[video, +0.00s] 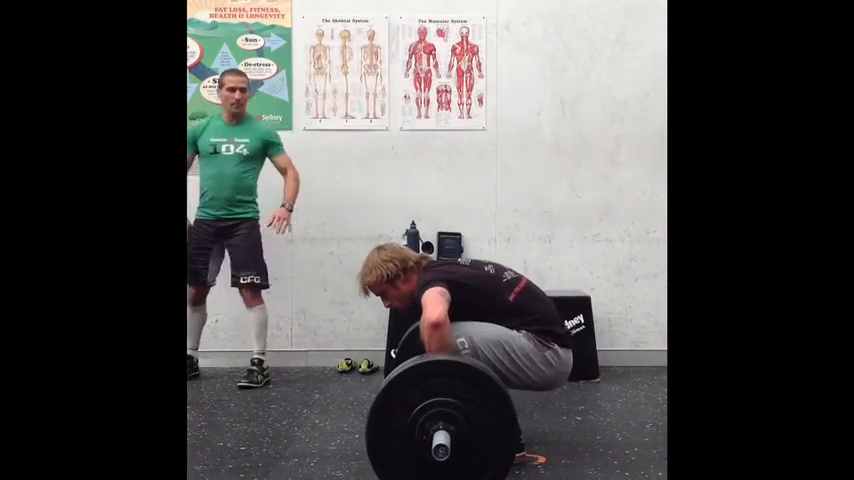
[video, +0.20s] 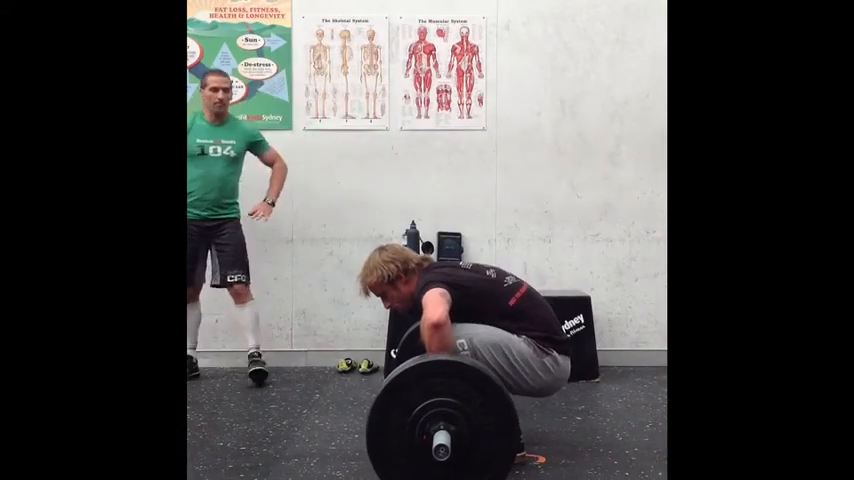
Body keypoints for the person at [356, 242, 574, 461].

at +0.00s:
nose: (386, 305)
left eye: (384, 295)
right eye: (381, 298)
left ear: (400, 278)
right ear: (402, 276)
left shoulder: (432, 276)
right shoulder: (441, 269)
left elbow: (435, 320)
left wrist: (440, 387)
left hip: (546, 353)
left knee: (444, 341)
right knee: (447, 340)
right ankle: (504, 438)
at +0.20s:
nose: (387, 306)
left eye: (385, 296)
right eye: (381, 299)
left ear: (401, 279)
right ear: (403, 277)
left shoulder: (432, 279)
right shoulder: (440, 271)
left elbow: (436, 320)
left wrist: (440, 386)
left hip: (545, 360)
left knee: (441, 340)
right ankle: (504, 437)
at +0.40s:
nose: (387, 303)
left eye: (385, 294)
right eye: (381, 297)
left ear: (402, 277)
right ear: (404, 275)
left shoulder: (433, 277)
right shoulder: (440, 269)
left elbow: (437, 319)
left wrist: (441, 386)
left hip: (546, 356)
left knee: (443, 340)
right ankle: (503, 437)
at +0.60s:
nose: (387, 304)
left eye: (385, 295)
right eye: (381, 297)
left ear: (402, 278)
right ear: (404, 276)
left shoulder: (434, 278)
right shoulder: (440, 271)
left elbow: (437, 319)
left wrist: (441, 386)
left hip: (547, 359)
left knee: (445, 340)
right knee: (443, 339)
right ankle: (504, 437)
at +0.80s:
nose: (387, 304)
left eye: (385, 294)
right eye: (381, 297)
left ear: (401, 278)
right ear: (403, 276)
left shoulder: (432, 278)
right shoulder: (440, 270)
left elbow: (437, 317)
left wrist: (442, 384)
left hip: (546, 357)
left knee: (442, 339)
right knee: (438, 337)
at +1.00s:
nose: (385, 301)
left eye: (383, 291)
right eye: (379, 294)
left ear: (401, 276)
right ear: (403, 274)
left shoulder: (430, 276)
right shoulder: (437, 269)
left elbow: (434, 317)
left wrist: (447, 384)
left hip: (545, 358)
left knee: (444, 339)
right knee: (439, 339)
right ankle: (500, 440)